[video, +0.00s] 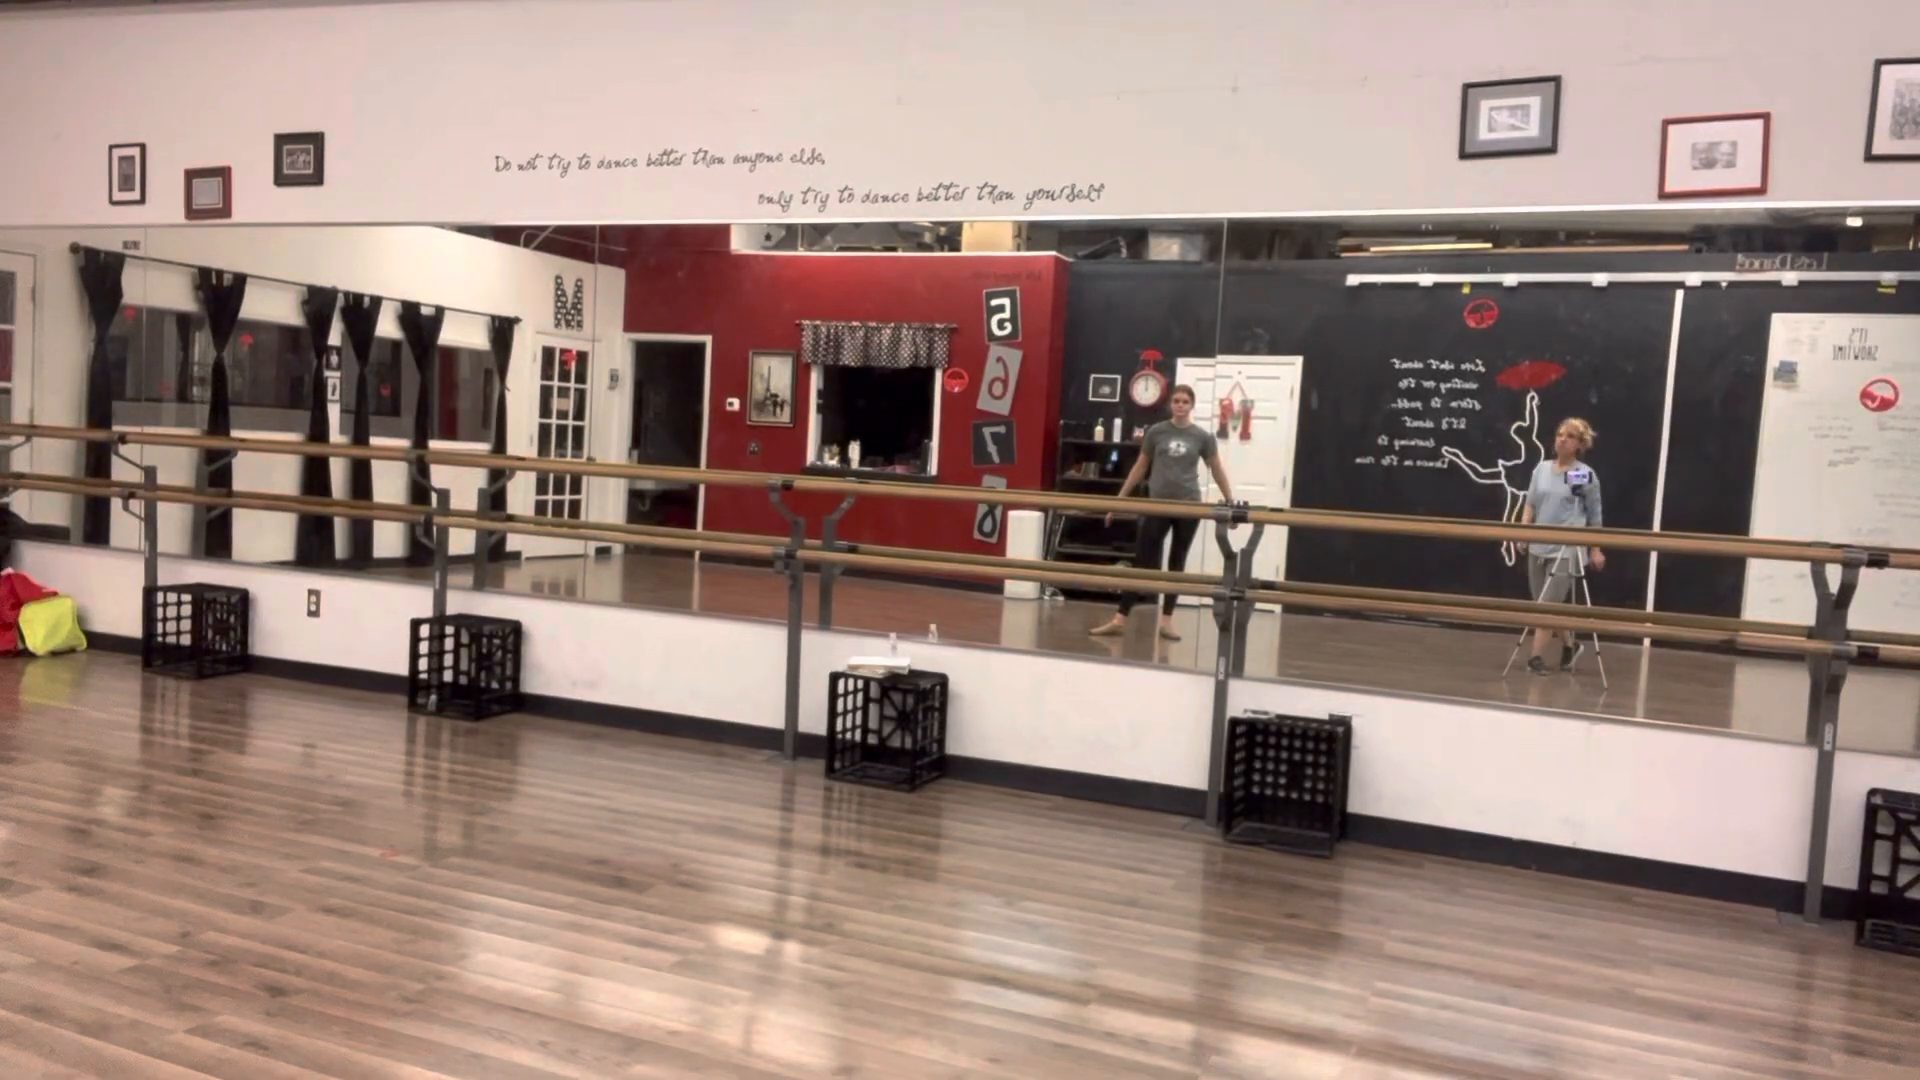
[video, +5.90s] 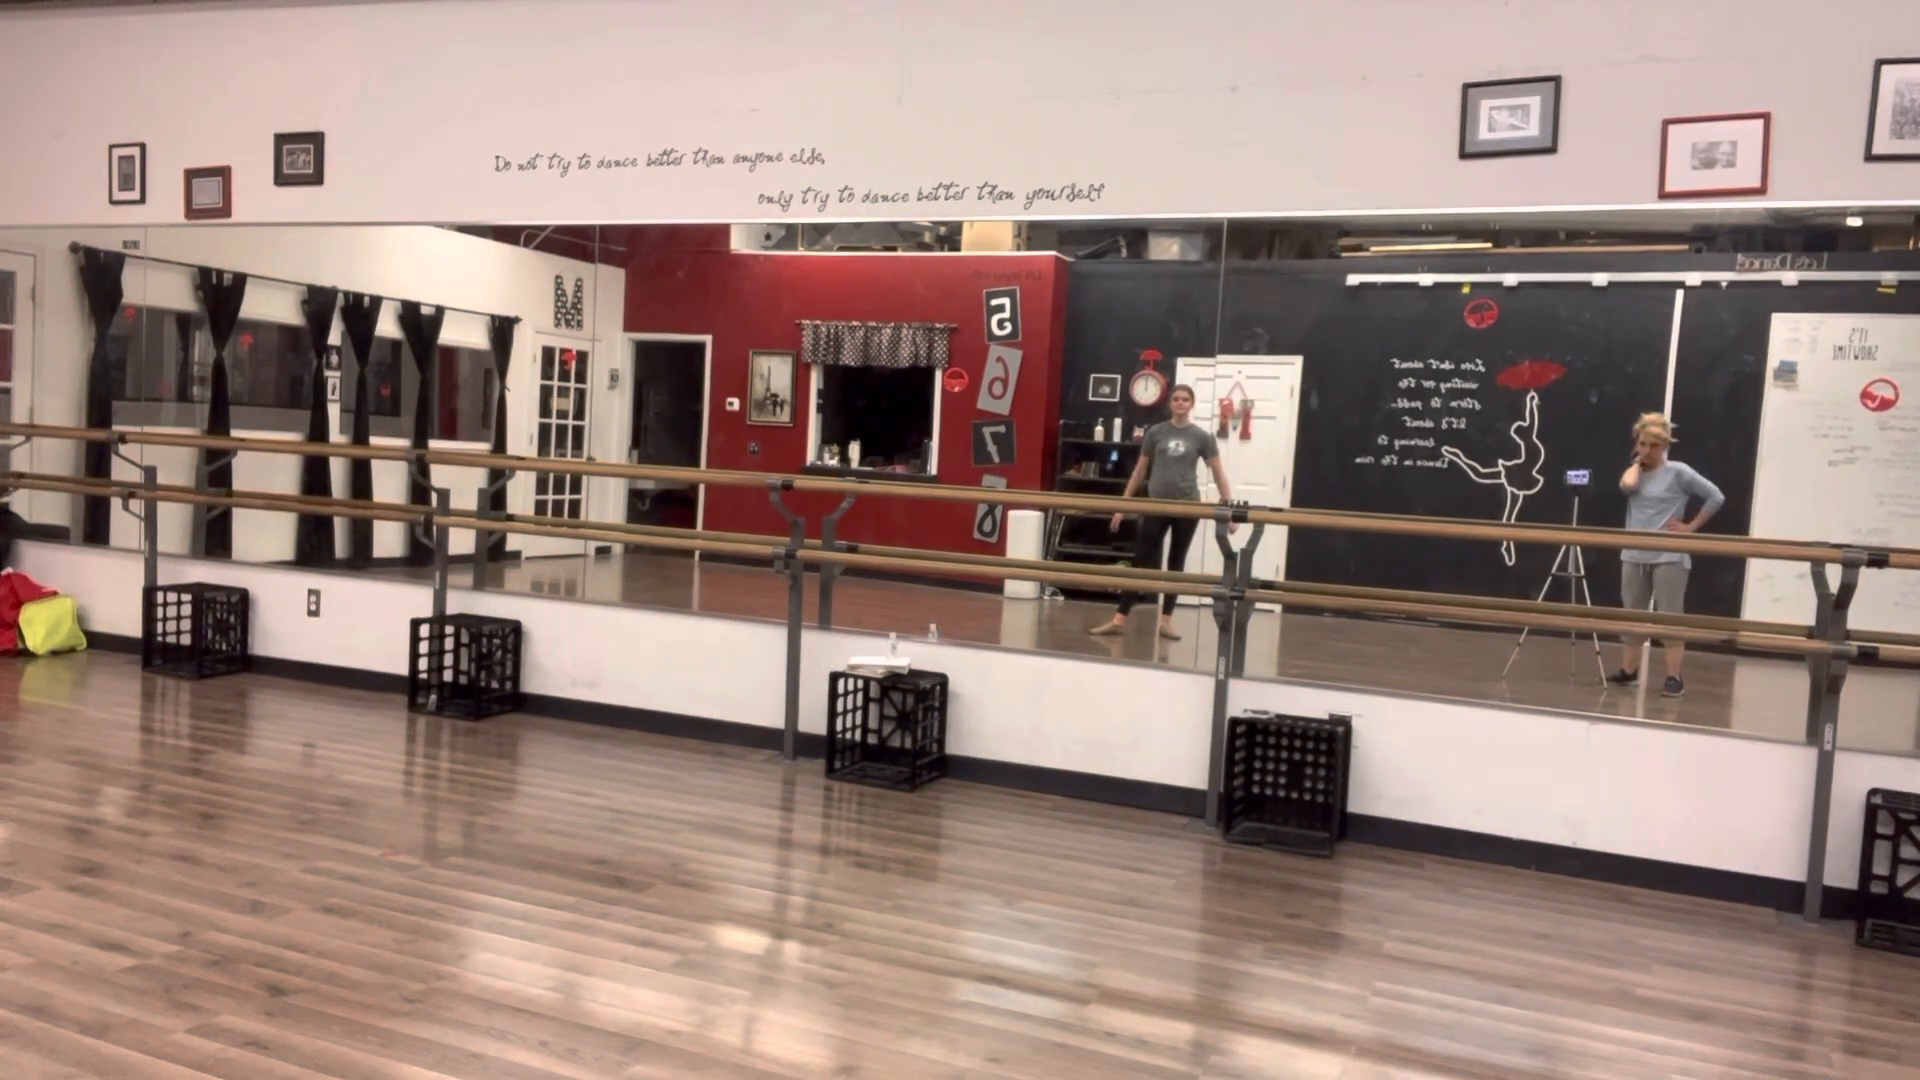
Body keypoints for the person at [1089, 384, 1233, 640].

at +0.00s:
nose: (1180, 406)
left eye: (1185, 402)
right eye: (1176, 402)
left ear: (1192, 406)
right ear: (1170, 404)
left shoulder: (1203, 436)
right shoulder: (1155, 432)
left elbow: (1217, 470)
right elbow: (1140, 467)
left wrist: (1230, 501)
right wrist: (1119, 502)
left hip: (1188, 509)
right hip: (1157, 506)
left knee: (1176, 563)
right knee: (1142, 559)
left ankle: (1166, 620)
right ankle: (1120, 618)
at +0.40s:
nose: (1180, 406)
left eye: (1185, 402)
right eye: (1177, 401)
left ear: (1193, 406)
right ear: (1171, 404)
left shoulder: (1202, 439)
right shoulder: (1155, 432)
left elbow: (1204, 477)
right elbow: (1148, 469)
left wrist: (1191, 508)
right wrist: (1150, 504)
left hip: (1185, 508)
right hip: (1157, 505)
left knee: (1176, 564)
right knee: (1142, 560)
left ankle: (1166, 619)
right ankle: (1120, 617)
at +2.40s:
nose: (1180, 404)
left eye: (1185, 401)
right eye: (1176, 400)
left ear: (1192, 405)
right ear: (1170, 404)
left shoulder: (1203, 437)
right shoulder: (1155, 432)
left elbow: (1214, 473)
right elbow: (1142, 469)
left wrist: (1224, 504)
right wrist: (1124, 505)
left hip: (1187, 510)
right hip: (1156, 507)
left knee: (1176, 563)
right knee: (1142, 559)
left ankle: (1165, 619)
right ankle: (1120, 618)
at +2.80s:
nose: (1181, 405)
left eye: (1185, 401)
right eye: (1177, 401)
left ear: (1193, 405)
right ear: (1171, 404)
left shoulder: (1202, 438)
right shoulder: (1155, 432)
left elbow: (1203, 476)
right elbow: (1147, 469)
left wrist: (1189, 505)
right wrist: (1153, 500)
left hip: (1185, 507)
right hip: (1157, 504)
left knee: (1176, 563)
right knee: (1142, 558)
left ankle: (1166, 619)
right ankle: (1120, 617)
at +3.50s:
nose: (1186, 406)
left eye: (1190, 403)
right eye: (1183, 402)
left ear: (1193, 407)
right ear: (1171, 404)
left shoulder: (1200, 437)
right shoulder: (1153, 433)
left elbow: (1214, 473)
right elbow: (1139, 471)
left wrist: (1229, 504)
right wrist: (1122, 506)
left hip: (1188, 509)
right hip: (1156, 507)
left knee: (1176, 563)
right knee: (1142, 560)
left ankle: (1166, 620)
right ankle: (1120, 618)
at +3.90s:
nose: (1191, 408)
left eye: (1194, 404)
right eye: (1187, 403)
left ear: (1195, 407)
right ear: (1174, 404)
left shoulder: (1201, 438)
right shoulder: (1154, 433)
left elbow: (1207, 475)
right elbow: (1144, 471)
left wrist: (1211, 508)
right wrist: (1142, 506)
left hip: (1188, 509)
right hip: (1156, 506)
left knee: (1176, 564)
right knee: (1142, 560)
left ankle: (1166, 620)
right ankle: (1120, 617)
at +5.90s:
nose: (1180, 403)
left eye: (1185, 400)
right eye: (1176, 399)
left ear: (1192, 404)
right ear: (1170, 403)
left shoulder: (1202, 436)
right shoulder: (1155, 432)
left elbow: (1218, 473)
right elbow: (1140, 470)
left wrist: (1229, 509)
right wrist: (1123, 506)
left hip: (1187, 509)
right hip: (1156, 506)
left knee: (1176, 563)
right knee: (1141, 559)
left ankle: (1166, 620)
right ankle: (1120, 618)